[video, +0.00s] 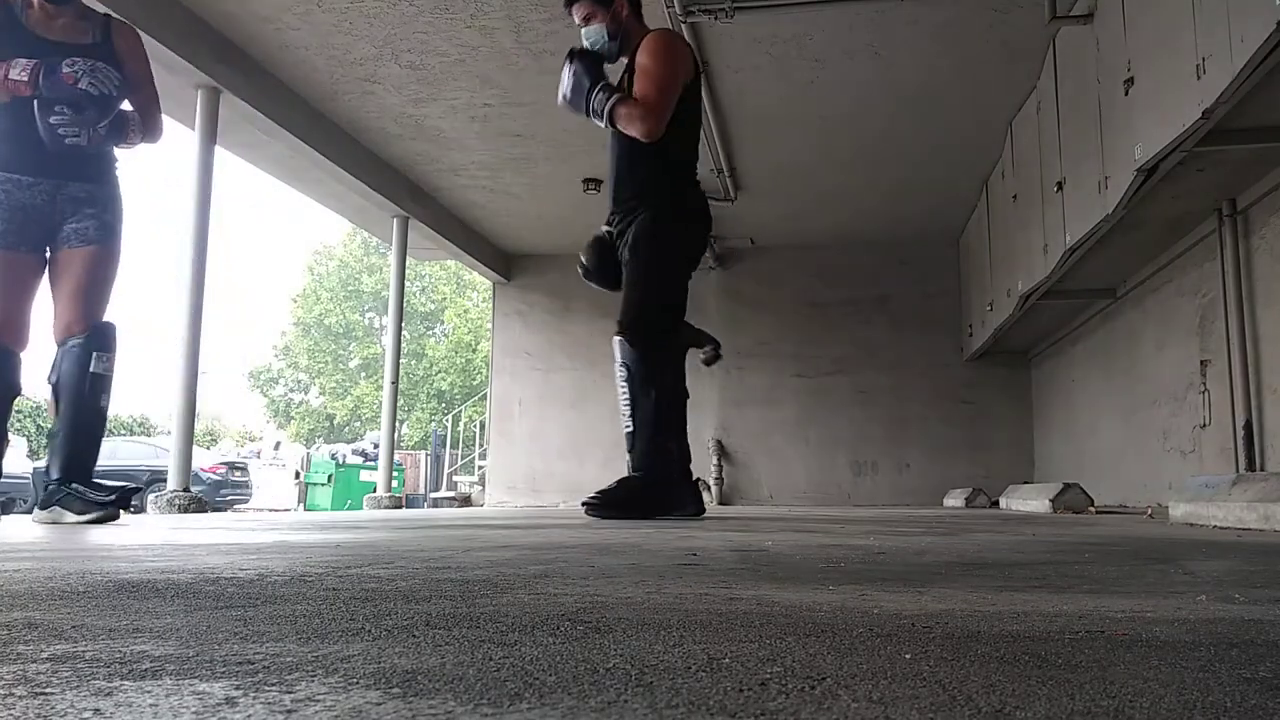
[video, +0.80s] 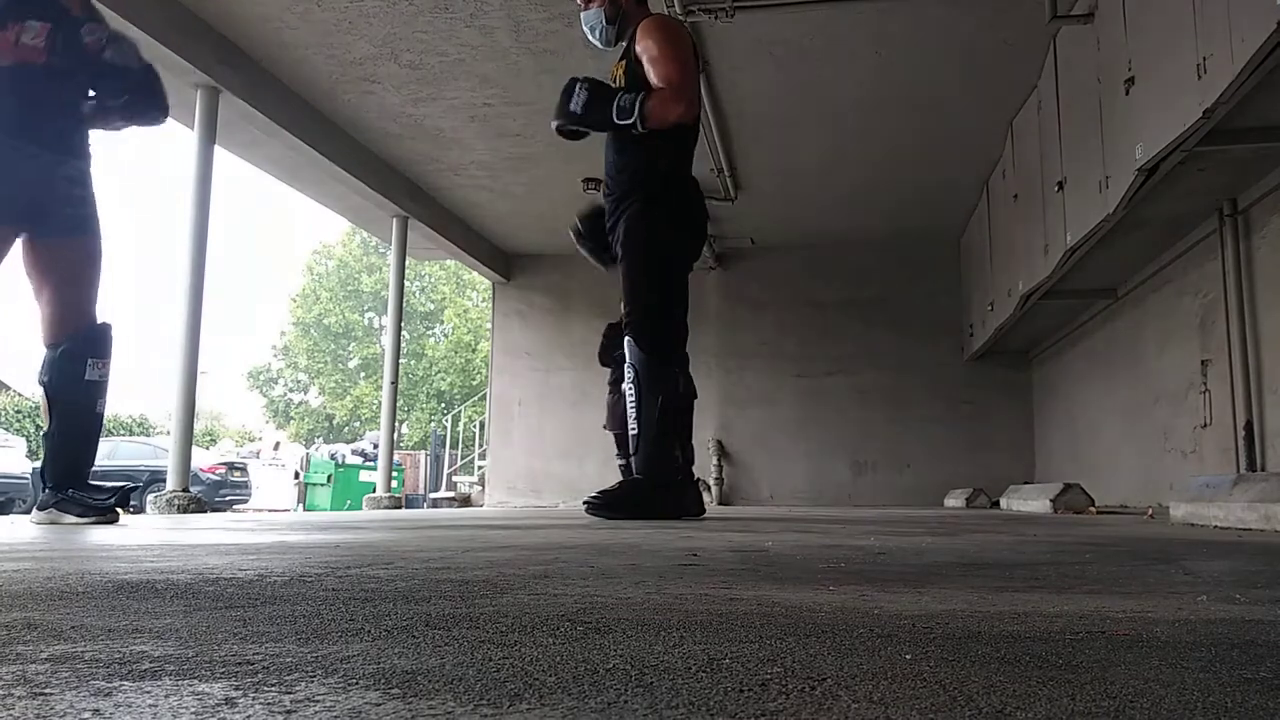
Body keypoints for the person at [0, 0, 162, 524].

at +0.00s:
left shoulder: (117, 32)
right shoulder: (9, 20)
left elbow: (152, 123)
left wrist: (128, 130)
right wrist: (6, 88)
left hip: (90, 196)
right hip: (14, 192)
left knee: (79, 341)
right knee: (6, 343)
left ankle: (62, 484)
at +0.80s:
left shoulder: (83, 17)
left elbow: (151, 100)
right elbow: (150, 99)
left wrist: (74, 108)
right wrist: (80, 107)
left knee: (73, 325)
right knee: (73, 323)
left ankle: (63, 485)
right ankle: (64, 485)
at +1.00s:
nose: (71, 13)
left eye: (73, 14)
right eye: (70, 11)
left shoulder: (38, 25)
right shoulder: (25, 13)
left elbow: (20, 99)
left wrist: (84, 98)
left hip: (25, 150)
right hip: (18, 151)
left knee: (89, 317)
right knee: (89, 316)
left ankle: (68, 470)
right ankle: (70, 469)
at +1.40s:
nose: (88, 0)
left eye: (90, 2)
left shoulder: (82, 15)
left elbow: (99, 89)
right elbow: (101, 87)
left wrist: (145, 68)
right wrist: (144, 64)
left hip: (54, 144)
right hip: (29, 139)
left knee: (74, 318)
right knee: (72, 318)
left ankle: (107, 482)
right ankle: (107, 482)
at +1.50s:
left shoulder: (105, 11)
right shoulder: (99, 9)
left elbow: (149, 79)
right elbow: (150, 79)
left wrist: (191, 32)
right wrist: (194, 30)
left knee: (87, 317)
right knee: (85, 317)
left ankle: (105, 483)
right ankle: (106, 483)